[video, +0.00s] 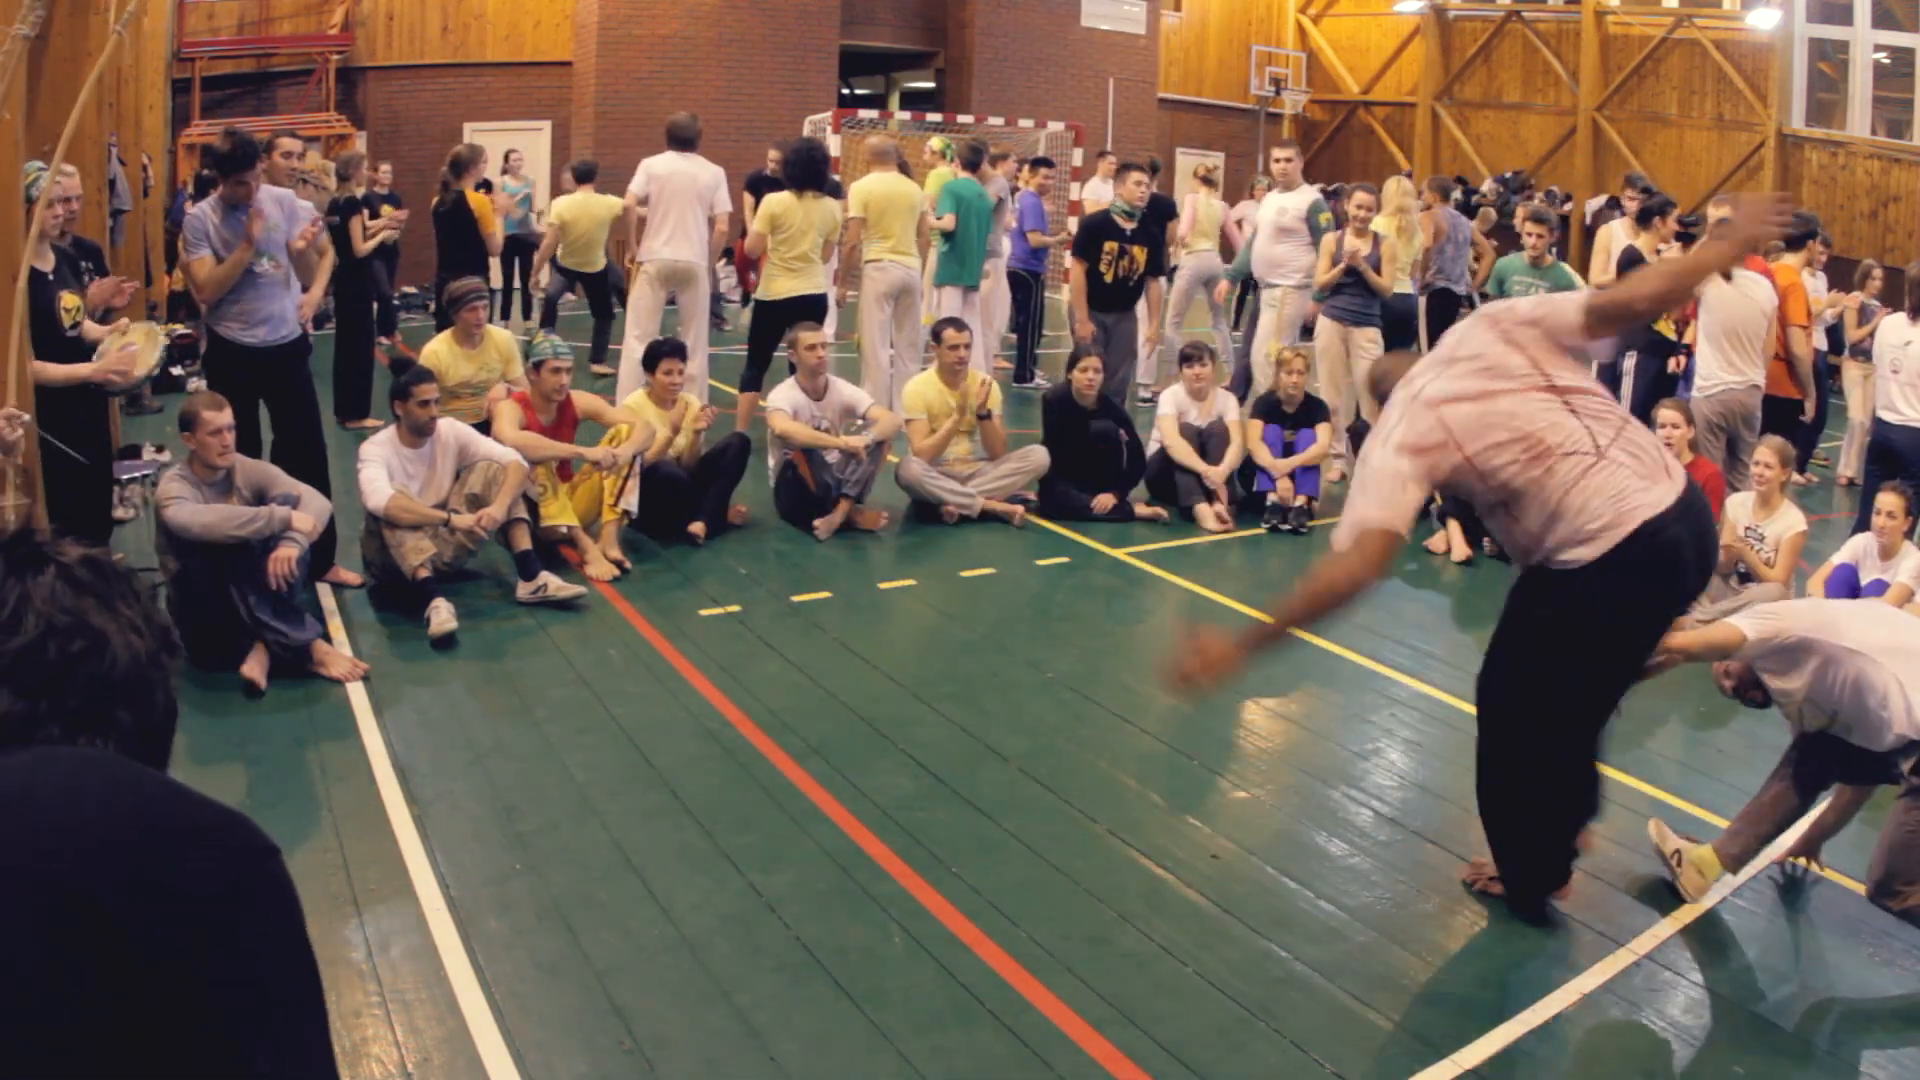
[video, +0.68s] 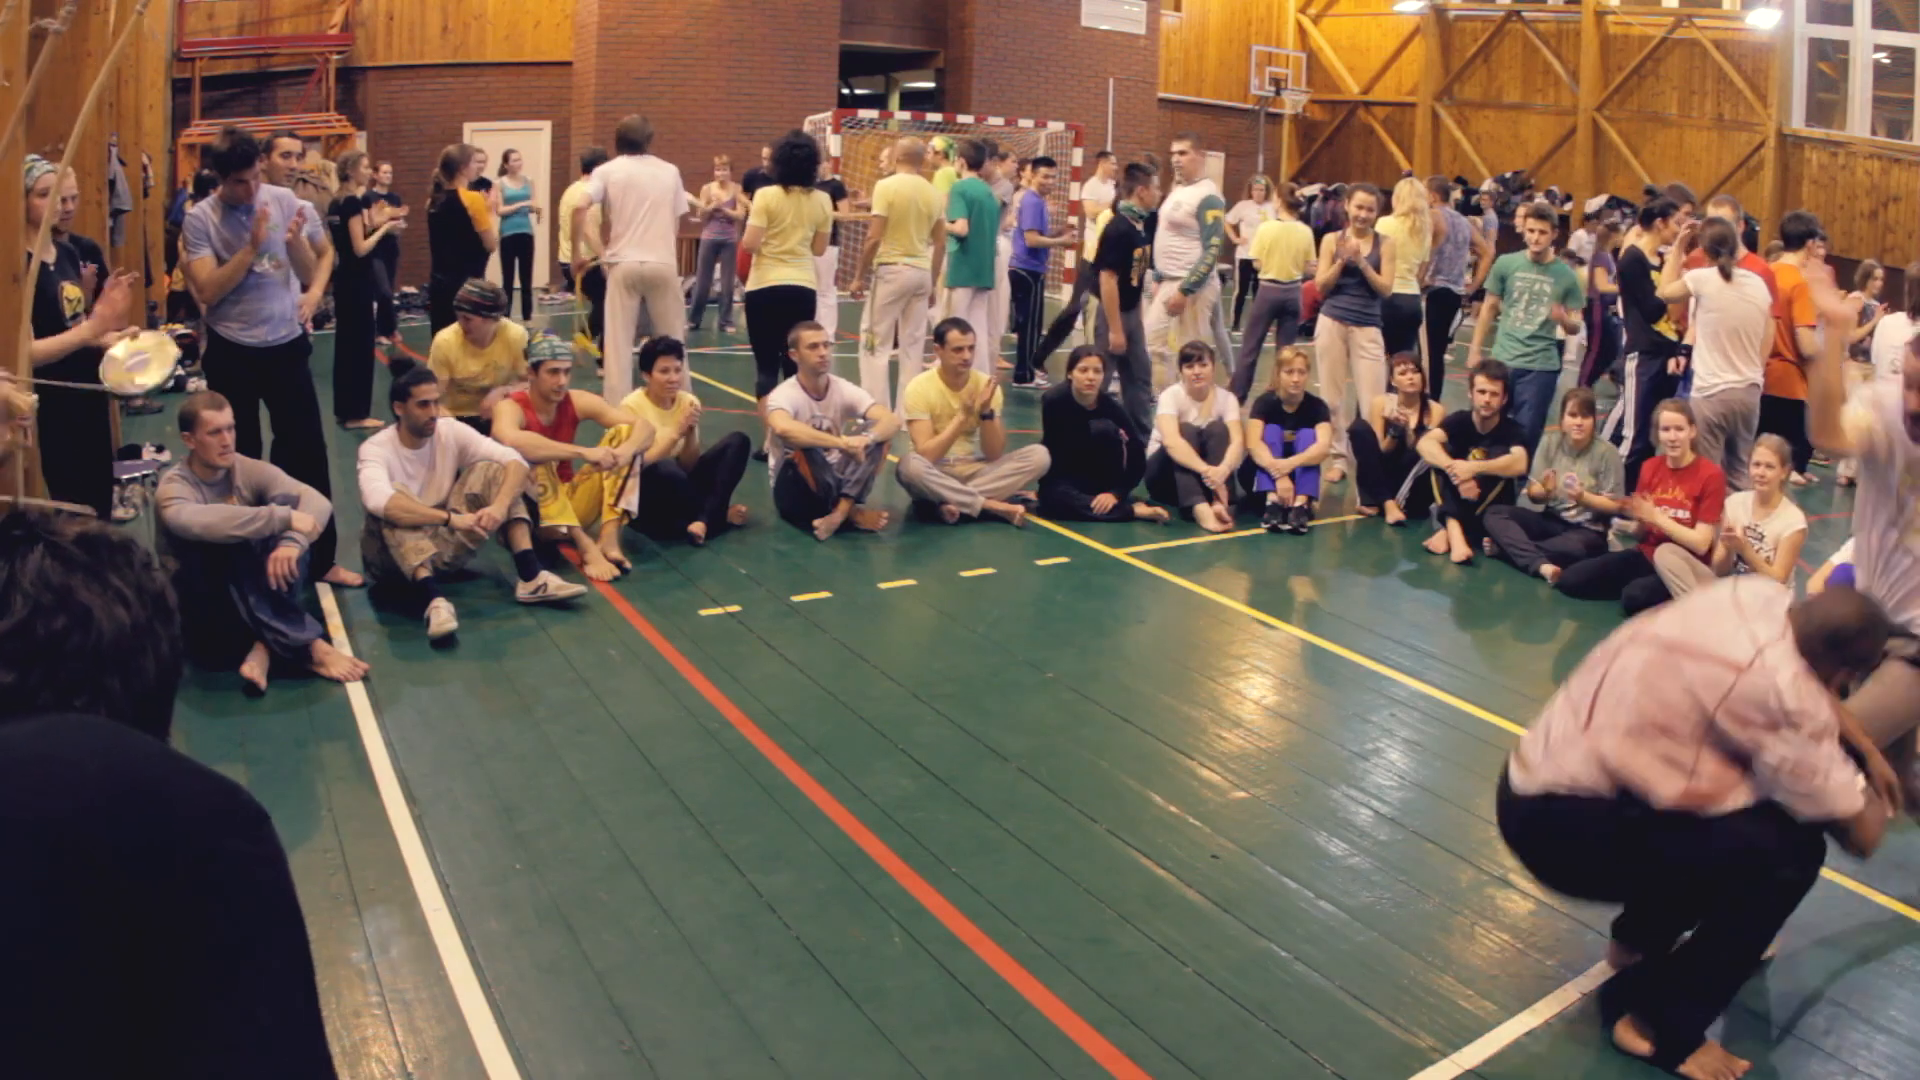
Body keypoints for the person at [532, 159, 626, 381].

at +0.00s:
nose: (567, 180)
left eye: (569, 177)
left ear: (573, 179)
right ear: (595, 179)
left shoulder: (561, 204)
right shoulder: (608, 203)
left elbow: (550, 244)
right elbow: (633, 207)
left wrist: (535, 272)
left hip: (565, 265)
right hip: (594, 268)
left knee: (550, 298)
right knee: (604, 315)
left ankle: (544, 346)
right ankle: (597, 362)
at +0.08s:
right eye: (601, 177)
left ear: (575, 180)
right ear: (597, 180)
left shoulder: (561, 205)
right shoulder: (611, 205)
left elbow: (547, 244)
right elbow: (639, 215)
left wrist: (532, 272)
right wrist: (663, 212)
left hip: (567, 266)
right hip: (596, 268)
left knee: (556, 297)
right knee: (608, 313)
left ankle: (545, 343)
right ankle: (594, 363)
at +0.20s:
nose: (602, 186)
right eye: (602, 182)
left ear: (579, 181)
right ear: (601, 182)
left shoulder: (561, 204)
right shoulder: (608, 208)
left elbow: (545, 239)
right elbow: (632, 222)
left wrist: (526, 267)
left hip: (568, 263)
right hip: (596, 267)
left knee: (582, 293)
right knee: (612, 312)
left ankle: (553, 333)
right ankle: (595, 363)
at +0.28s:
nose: (606, 185)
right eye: (605, 182)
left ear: (581, 179)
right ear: (603, 183)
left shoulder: (560, 201)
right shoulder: (604, 207)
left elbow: (540, 233)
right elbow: (633, 228)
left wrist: (520, 260)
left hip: (571, 264)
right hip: (594, 267)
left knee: (604, 302)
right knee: (613, 311)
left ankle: (571, 330)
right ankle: (596, 363)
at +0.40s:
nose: (608, 180)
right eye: (608, 176)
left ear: (583, 173)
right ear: (605, 177)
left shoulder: (561, 195)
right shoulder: (600, 202)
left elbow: (535, 223)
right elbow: (623, 230)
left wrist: (513, 244)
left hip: (573, 263)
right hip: (593, 265)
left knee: (612, 305)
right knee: (612, 311)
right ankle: (597, 362)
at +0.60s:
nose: (606, 167)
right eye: (605, 163)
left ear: (581, 161)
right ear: (601, 165)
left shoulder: (563, 187)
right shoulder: (598, 189)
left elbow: (545, 212)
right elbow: (605, 231)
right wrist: (622, 243)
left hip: (568, 257)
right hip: (593, 257)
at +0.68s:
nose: (606, 172)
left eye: (606, 167)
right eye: (605, 167)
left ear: (583, 167)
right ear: (598, 168)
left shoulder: (570, 190)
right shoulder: (590, 193)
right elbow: (589, 230)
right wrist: (603, 256)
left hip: (567, 260)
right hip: (587, 262)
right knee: (601, 304)